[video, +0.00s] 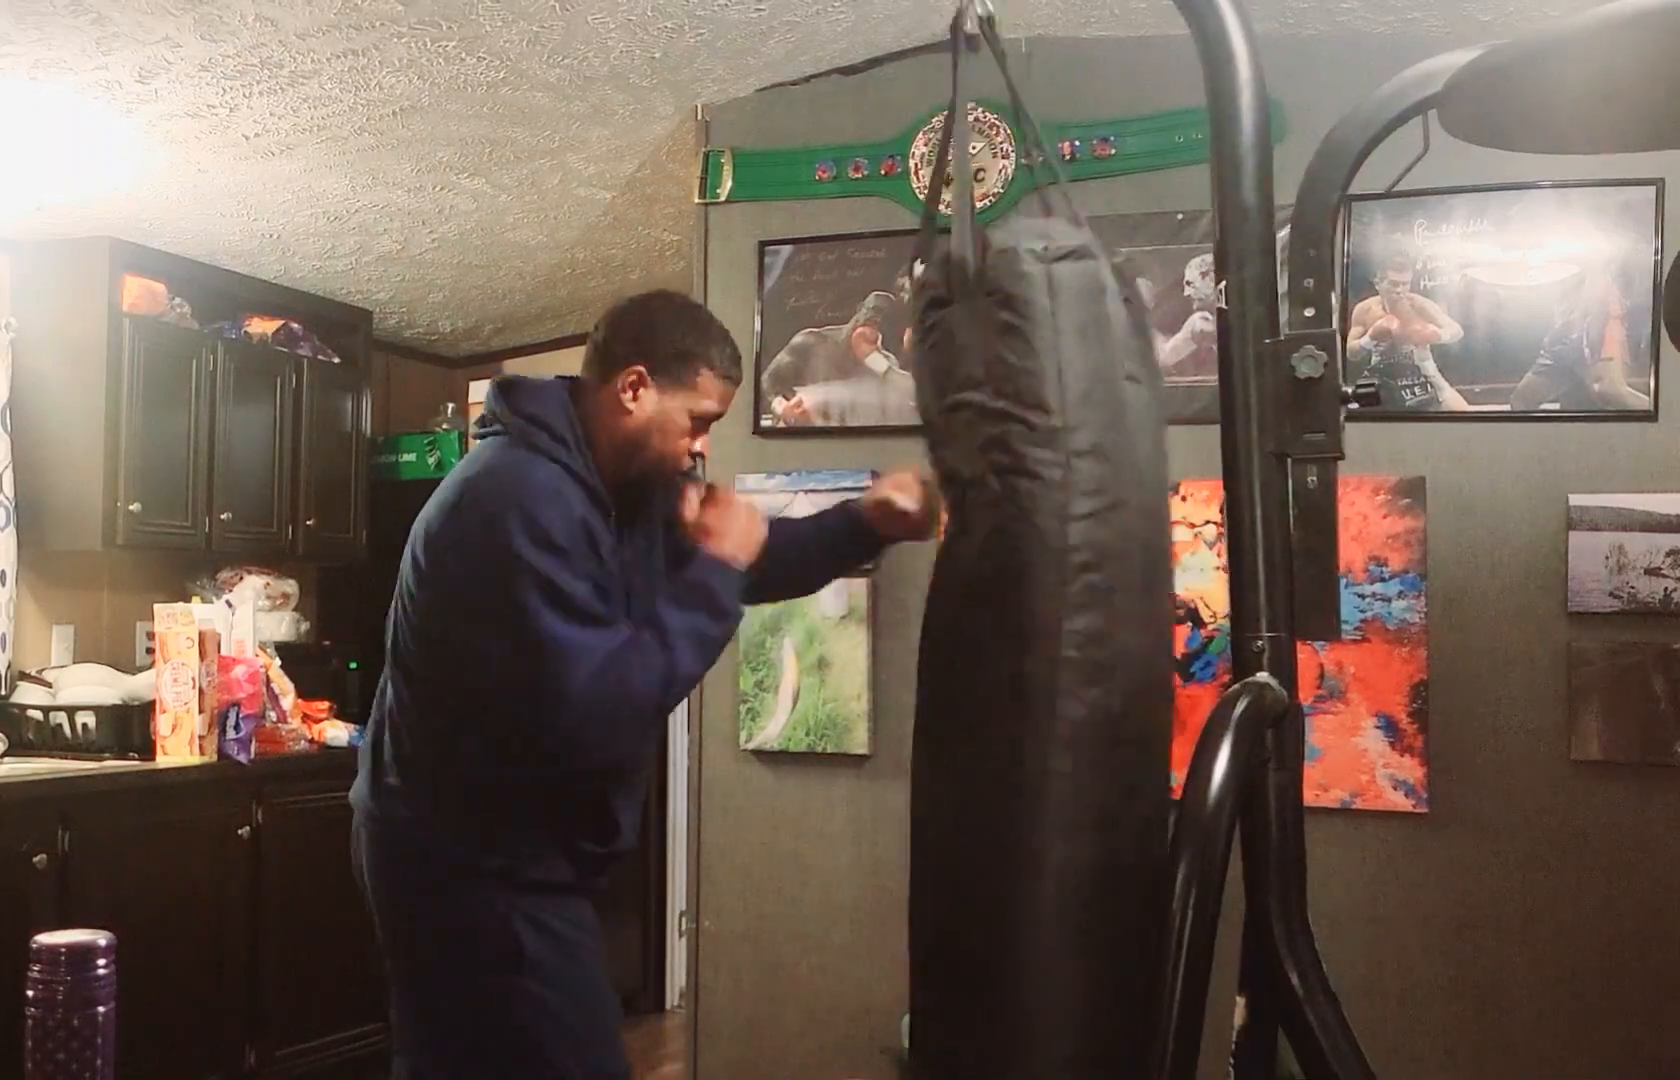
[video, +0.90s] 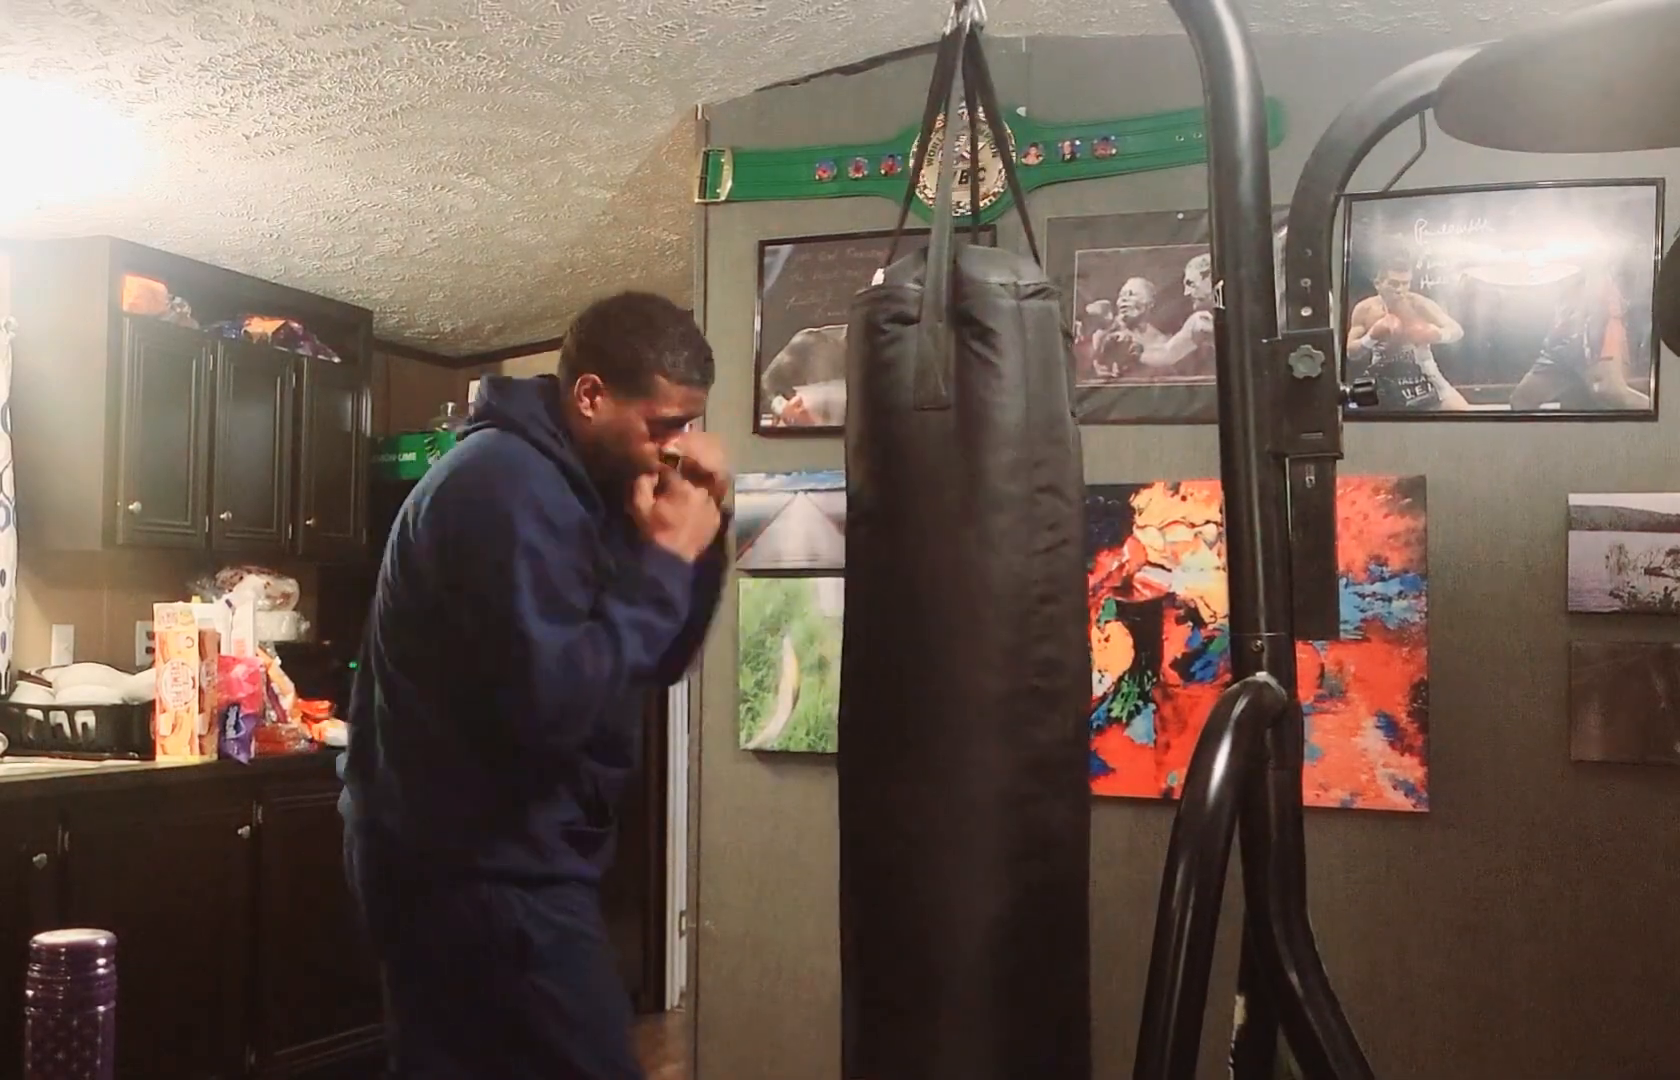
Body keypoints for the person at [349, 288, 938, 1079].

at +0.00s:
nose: (701, 452)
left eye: (710, 431)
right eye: (697, 424)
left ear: (633, 394)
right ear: (632, 391)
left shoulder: (604, 487)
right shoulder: (516, 500)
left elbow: (729, 567)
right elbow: (590, 708)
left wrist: (866, 524)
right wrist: (713, 572)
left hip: (532, 858)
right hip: (480, 870)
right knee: (568, 1063)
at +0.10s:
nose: (703, 440)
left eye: (715, 420)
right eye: (704, 413)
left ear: (640, 376)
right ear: (647, 379)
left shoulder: (508, 458)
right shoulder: (558, 482)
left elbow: (640, 617)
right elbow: (705, 673)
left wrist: (765, 539)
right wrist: (745, 496)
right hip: (499, 867)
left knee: (456, 1063)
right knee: (577, 1062)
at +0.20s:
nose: (704, 441)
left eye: (714, 417)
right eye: (707, 410)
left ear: (622, 372)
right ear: (663, 377)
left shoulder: (491, 442)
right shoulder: (608, 472)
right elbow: (783, 625)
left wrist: (716, 506)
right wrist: (761, 446)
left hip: (403, 828)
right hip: (511, 857)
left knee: (423, 1061)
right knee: (572, 1061)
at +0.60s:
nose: (655, 478)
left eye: (664, 462)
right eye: (657, 456)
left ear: (585, 410)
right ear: (610, 416)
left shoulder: (429, 468)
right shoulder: (589, 485)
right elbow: (772, 613)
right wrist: (734, 461)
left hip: (339, 846)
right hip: (482, 866)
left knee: (375, 1065)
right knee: (569, 1062)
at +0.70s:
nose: (653, 478)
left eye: (663, 458)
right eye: (652, 450)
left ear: (582, 406)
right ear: (596, 409)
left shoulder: (442, 470)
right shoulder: (557, 476)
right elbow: (714, 649)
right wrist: (718, 481)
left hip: (357, 849)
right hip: (478, 864)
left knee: (393, 1063)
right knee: (572, 1062)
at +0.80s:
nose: (668, 455)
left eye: (675, 435)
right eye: (658, 431)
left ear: (588, 398)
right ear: (588, 398)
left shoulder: (481, 462)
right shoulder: (531, 478)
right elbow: (632, 673)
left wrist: (659, 514)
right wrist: (697, 516)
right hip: (473, 860)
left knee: (442, 1059)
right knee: (578, 1060)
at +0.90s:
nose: (675, 450)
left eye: (686, 428)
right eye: (665, 426)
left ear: (589, 400)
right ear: (589, 397)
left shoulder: (555, 483)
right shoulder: (506, 488)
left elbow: (657, 657)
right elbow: (554, 701)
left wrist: (696, 532)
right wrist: (664, 559)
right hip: (484, 878)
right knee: (581, 1062)